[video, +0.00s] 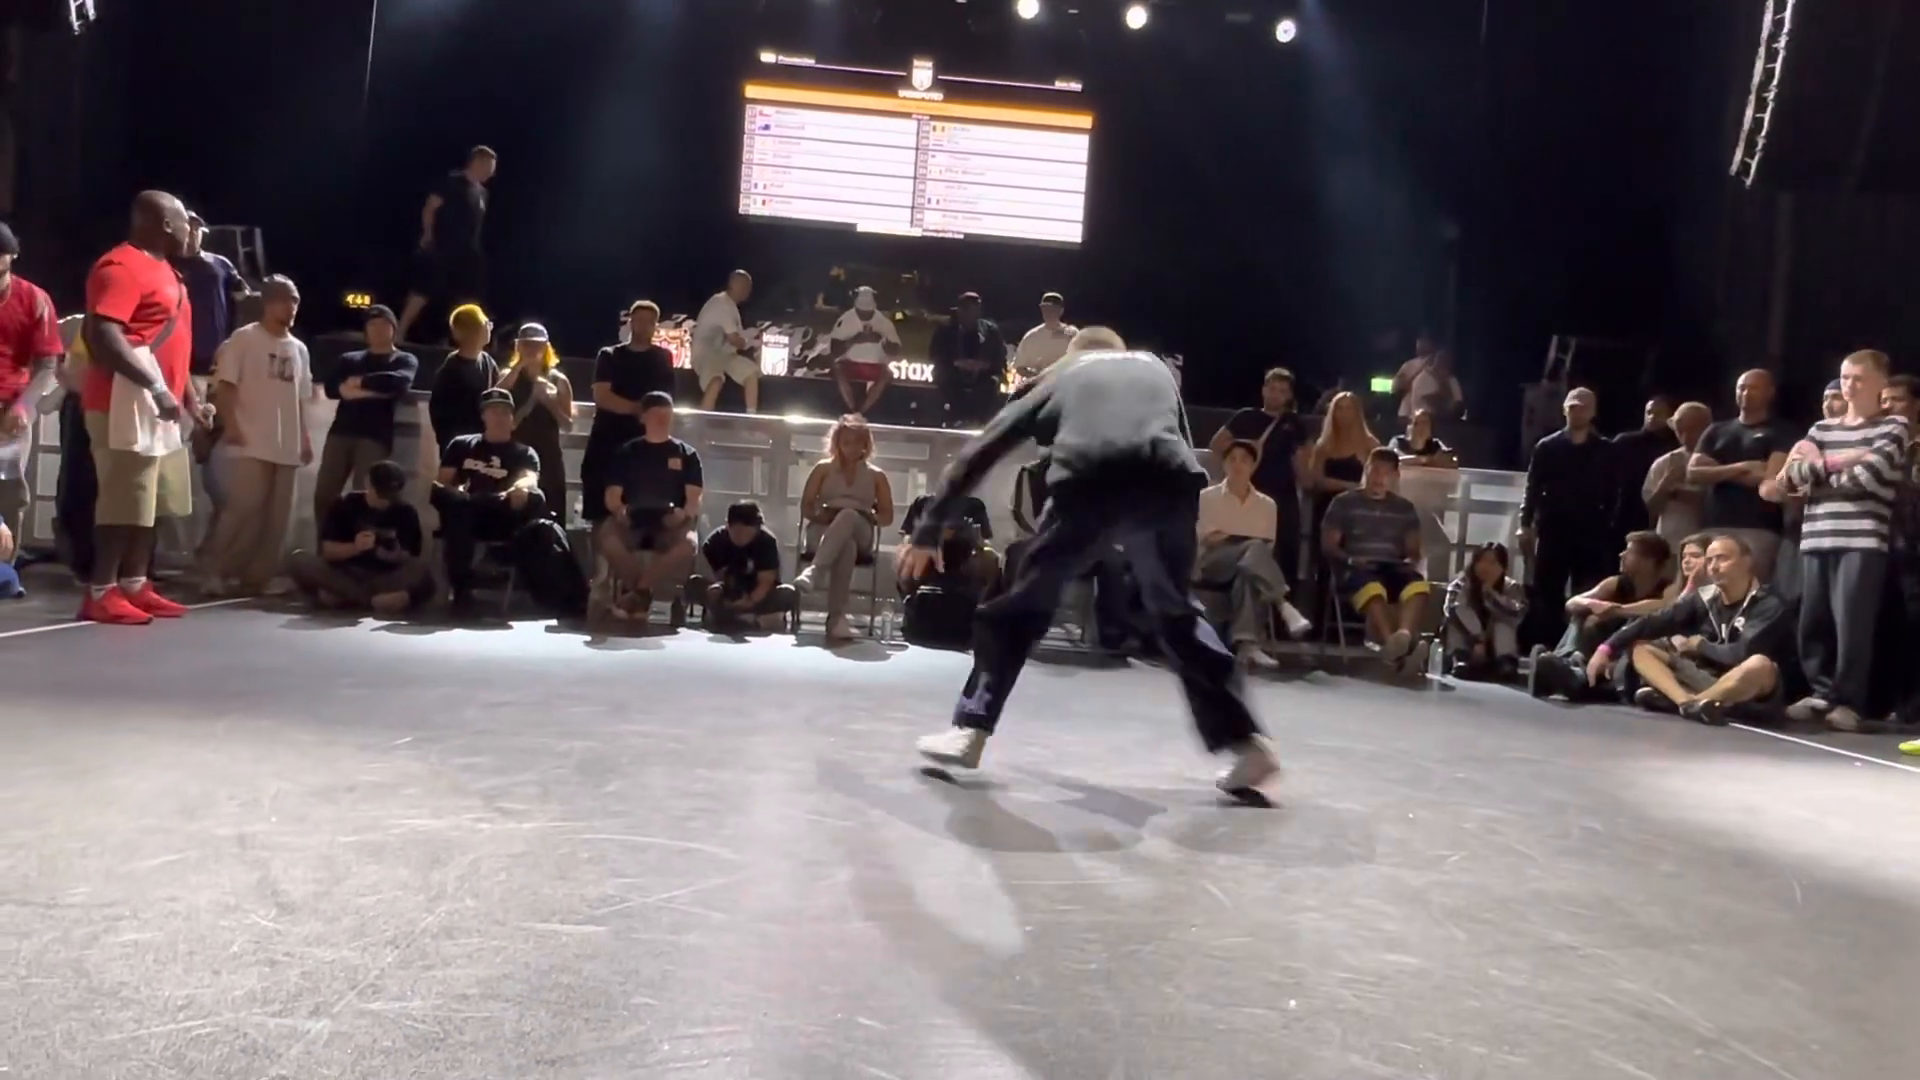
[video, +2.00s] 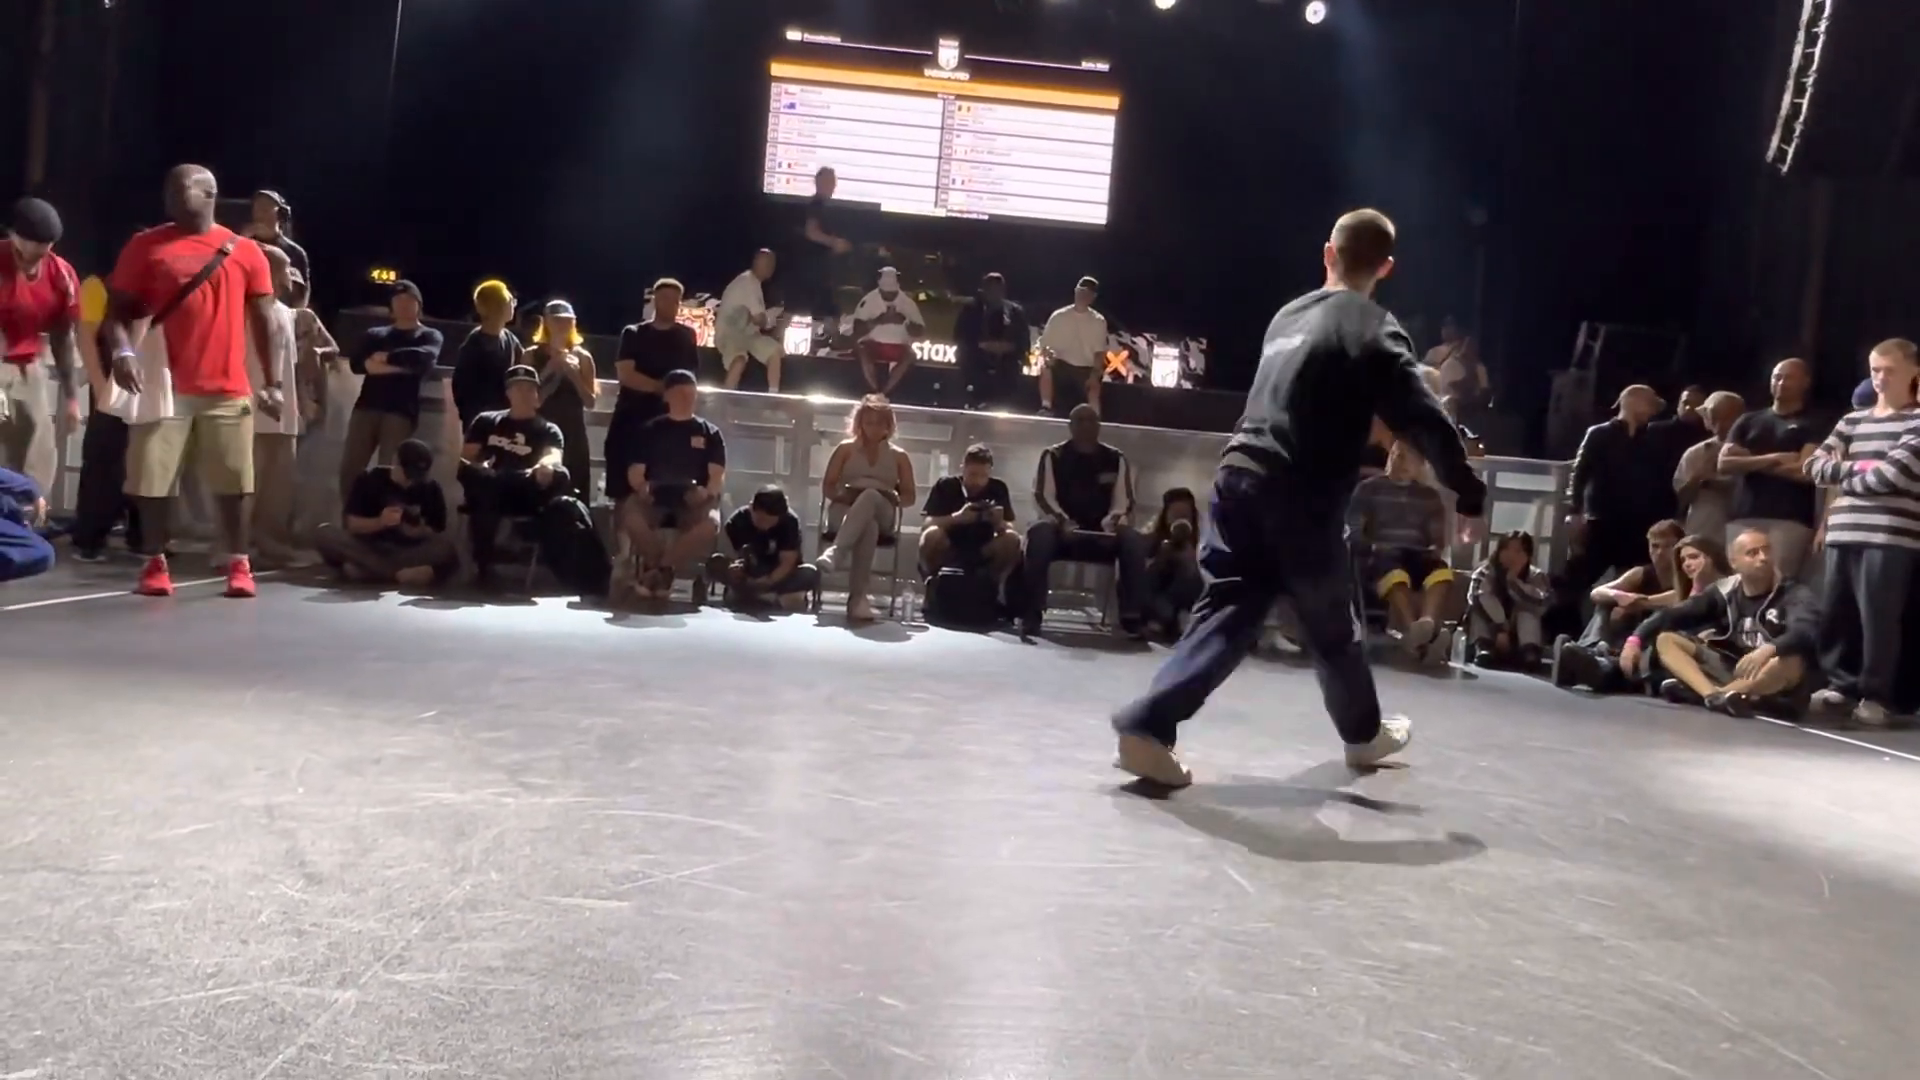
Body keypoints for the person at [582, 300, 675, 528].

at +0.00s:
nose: (644, 326)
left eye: (649, 322)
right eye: (639, 320)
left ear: (655, 326)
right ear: (630, 322)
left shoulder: (662, 357)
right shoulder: (609, 354)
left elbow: (665, 402)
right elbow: (601, 397)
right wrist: (638, 409)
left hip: (646, 440)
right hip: (608, 439)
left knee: (642, 507)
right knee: (600, 510)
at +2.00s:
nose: (671, 305)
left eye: (675, 300)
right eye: (665, 299)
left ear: (679, 303)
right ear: (654, 301)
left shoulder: (686, 335)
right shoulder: (633, 333)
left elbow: (689, 380)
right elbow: (625, 375)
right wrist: (663, 388)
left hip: (669, 418)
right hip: (632, 416)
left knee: (666, 485)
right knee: (623, 488)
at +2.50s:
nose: (670, 304)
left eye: (675, 299)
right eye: (665, 298)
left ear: (680, 303)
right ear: (654, 300)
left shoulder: (687, 334)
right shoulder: (634, 332)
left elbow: (689, 380)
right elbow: (626, 374)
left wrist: (640, 378)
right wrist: (665, 387)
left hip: (669, 423)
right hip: (631, 420)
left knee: (665, 492)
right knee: (624, 493)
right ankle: (621, 553)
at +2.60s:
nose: (670, 304)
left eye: (675, 300)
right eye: (665, 298)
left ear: (680, 303)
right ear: (654, 300)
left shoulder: (686, 334)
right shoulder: (633, 332)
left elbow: (688, 381)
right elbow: (625, 374)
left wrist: (638, 376)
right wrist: (663, 387)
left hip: (668, 422)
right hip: (630, 419)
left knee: (664, 490)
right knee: (623, 492)